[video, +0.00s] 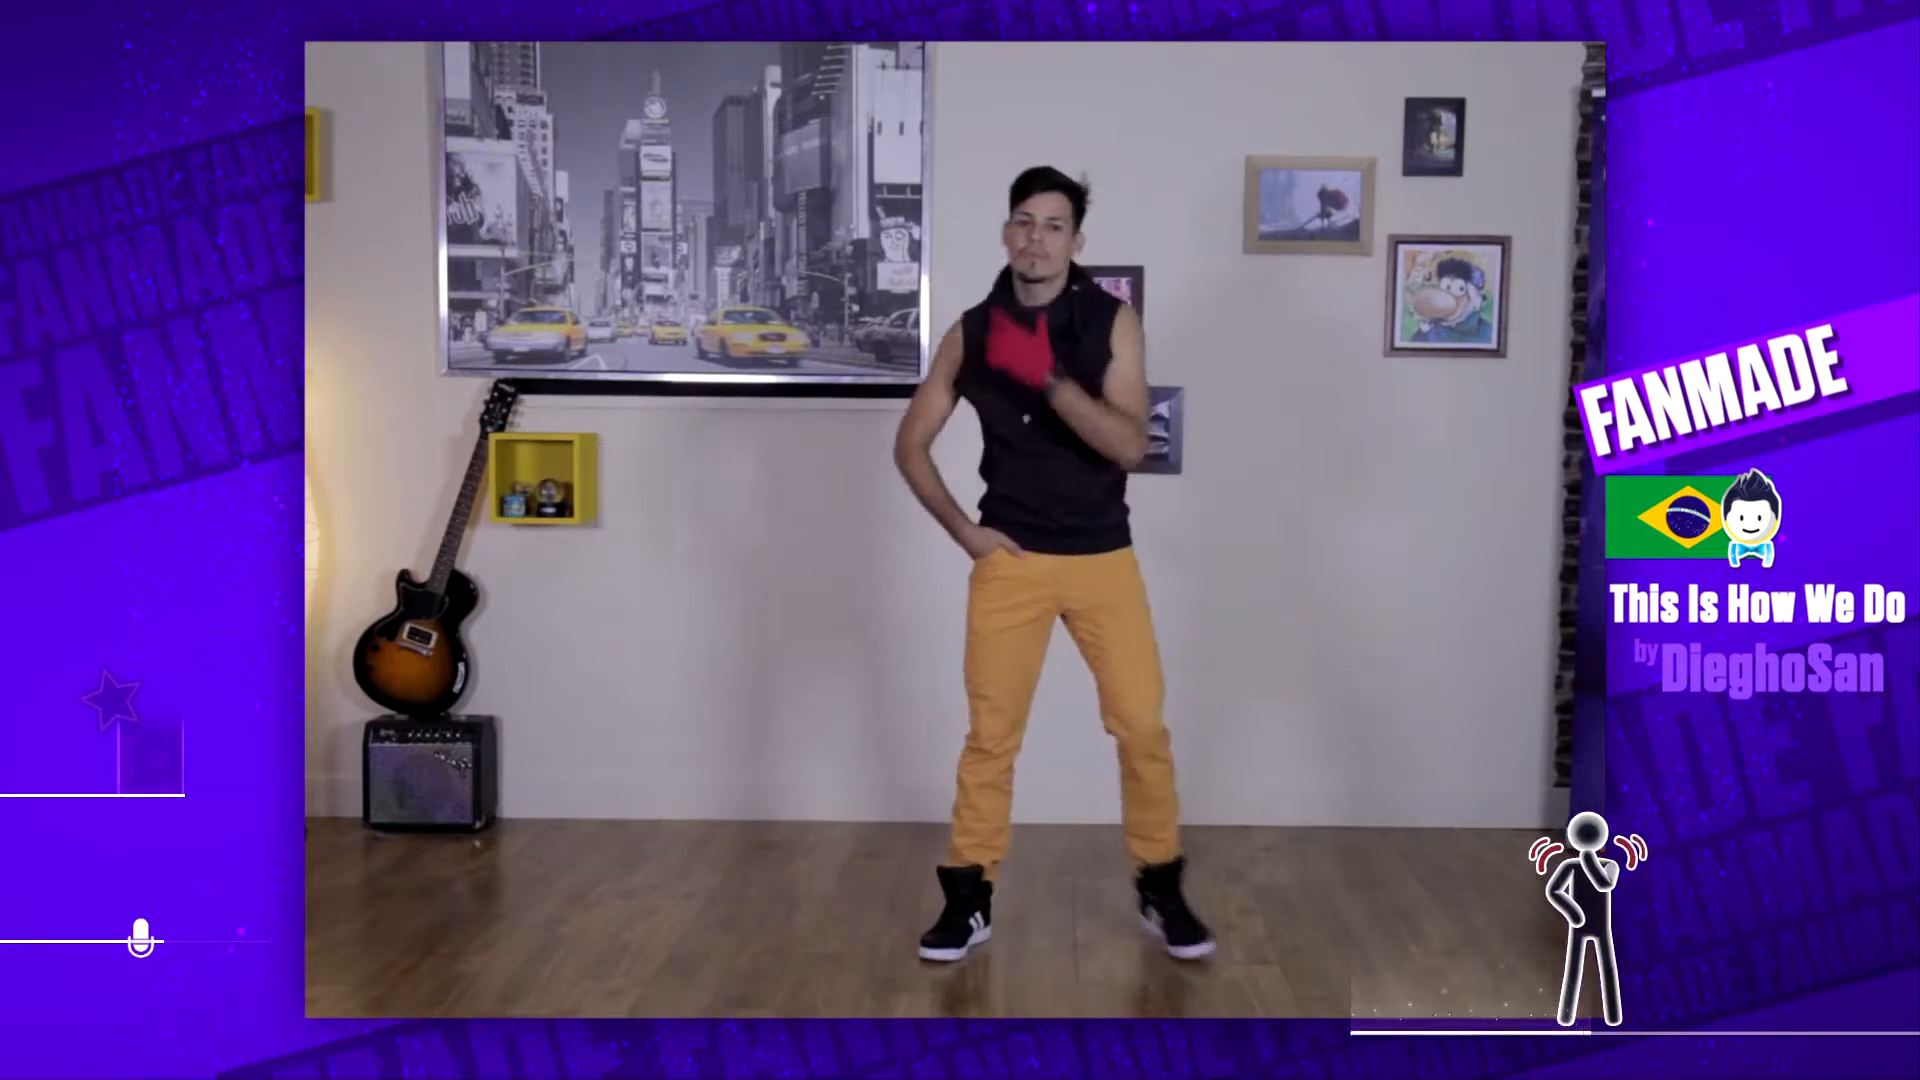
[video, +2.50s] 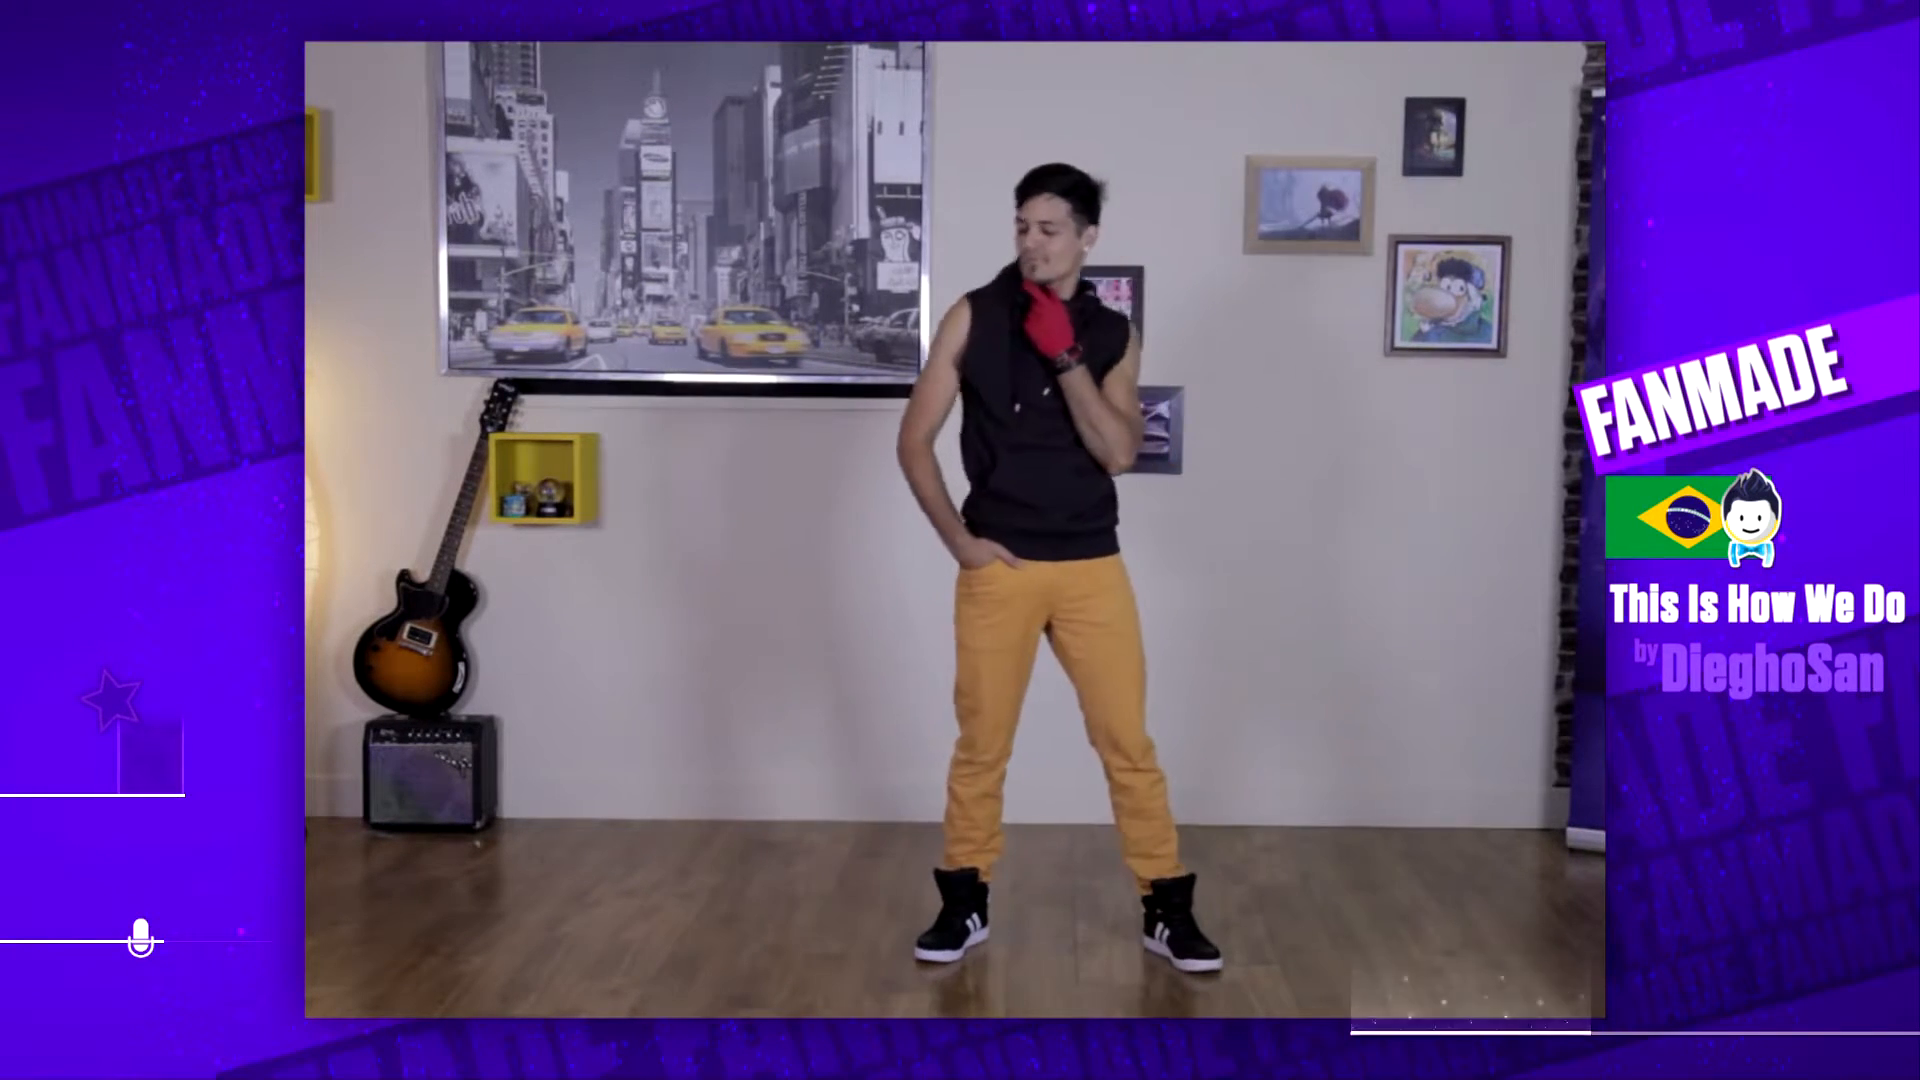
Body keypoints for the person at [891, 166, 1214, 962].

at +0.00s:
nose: (1034, 238)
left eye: (1051, 226)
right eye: (1023, 224)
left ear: (1076, 238)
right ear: (1005, 233)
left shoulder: (1112, 322)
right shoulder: (972, 332)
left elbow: (1130, 447)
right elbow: (909, 446)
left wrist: (1050, 377)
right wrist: (967, 533)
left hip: (1103, 562)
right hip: (1009, 562)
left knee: (1143, 726)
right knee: (991, 736)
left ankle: (1161, 887)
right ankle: (968, 898)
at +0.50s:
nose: (1160, 244)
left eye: (1176, 230)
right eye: (1147, 229)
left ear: (1199, 239)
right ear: (1124, 232)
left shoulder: (1210, 333)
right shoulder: (1071, 313)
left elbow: (1184, 429)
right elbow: (1025, 428)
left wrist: (1153, 320)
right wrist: (1021, 523)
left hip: (1156, 573)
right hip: (1062, 565)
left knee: (1177, 747)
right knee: (1020, 744)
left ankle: (1202, 909)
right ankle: (1005, 908)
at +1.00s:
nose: (1067, 244)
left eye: (1085, 231)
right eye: (1058, 229)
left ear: (1113, 240)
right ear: (1045, 230)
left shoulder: (1118, 325)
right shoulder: (1001, 304)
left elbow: (1133, 435)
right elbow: (938, 426)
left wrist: (1080, 345)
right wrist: (984, 540)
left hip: (1108, 565)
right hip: (1017, 566)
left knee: (1148, 738)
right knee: (992, 744)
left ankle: (1173, 906)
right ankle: (969, 903)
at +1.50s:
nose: (1002, 254)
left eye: (1015, 237)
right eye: (988, 243)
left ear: (1048, 232)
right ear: (978, 249)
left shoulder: (1103, 309)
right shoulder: (992, 335)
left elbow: (1078, 428)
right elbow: (974, 444)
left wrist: (1013, 340)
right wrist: (957, 515)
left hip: (1087, 565)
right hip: (995, 559)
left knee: (1132, 741)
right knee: (981, 739)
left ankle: (1179, 903)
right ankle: (969, 901)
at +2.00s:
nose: (1085, 264)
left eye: (1100, 249)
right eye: (1076, 249)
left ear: (1146, 244)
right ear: (1068, 248)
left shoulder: (1187, 329)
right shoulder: (1045, 332)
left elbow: (1166, 437)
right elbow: (1015, 446)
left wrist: (1101, 352)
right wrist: (1013, 530)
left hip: (1147, 572)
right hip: (1052, 566)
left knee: (1166, 745)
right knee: (1013, 743)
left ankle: (1191, 908)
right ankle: (981, 903)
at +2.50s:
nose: (1034, 242)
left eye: (1051, 229)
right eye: (1025, 228)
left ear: (1087, 238)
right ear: (1016, 233)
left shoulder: (1111, 332)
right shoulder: (974, 317)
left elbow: (1119, 453)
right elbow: (914, 440)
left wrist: (1068, 358)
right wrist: (960, 540)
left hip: (1092, 569)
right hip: (998, 568)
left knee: (1127, 742)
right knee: (981, 744)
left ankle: (1167, 905)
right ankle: (962, 903)